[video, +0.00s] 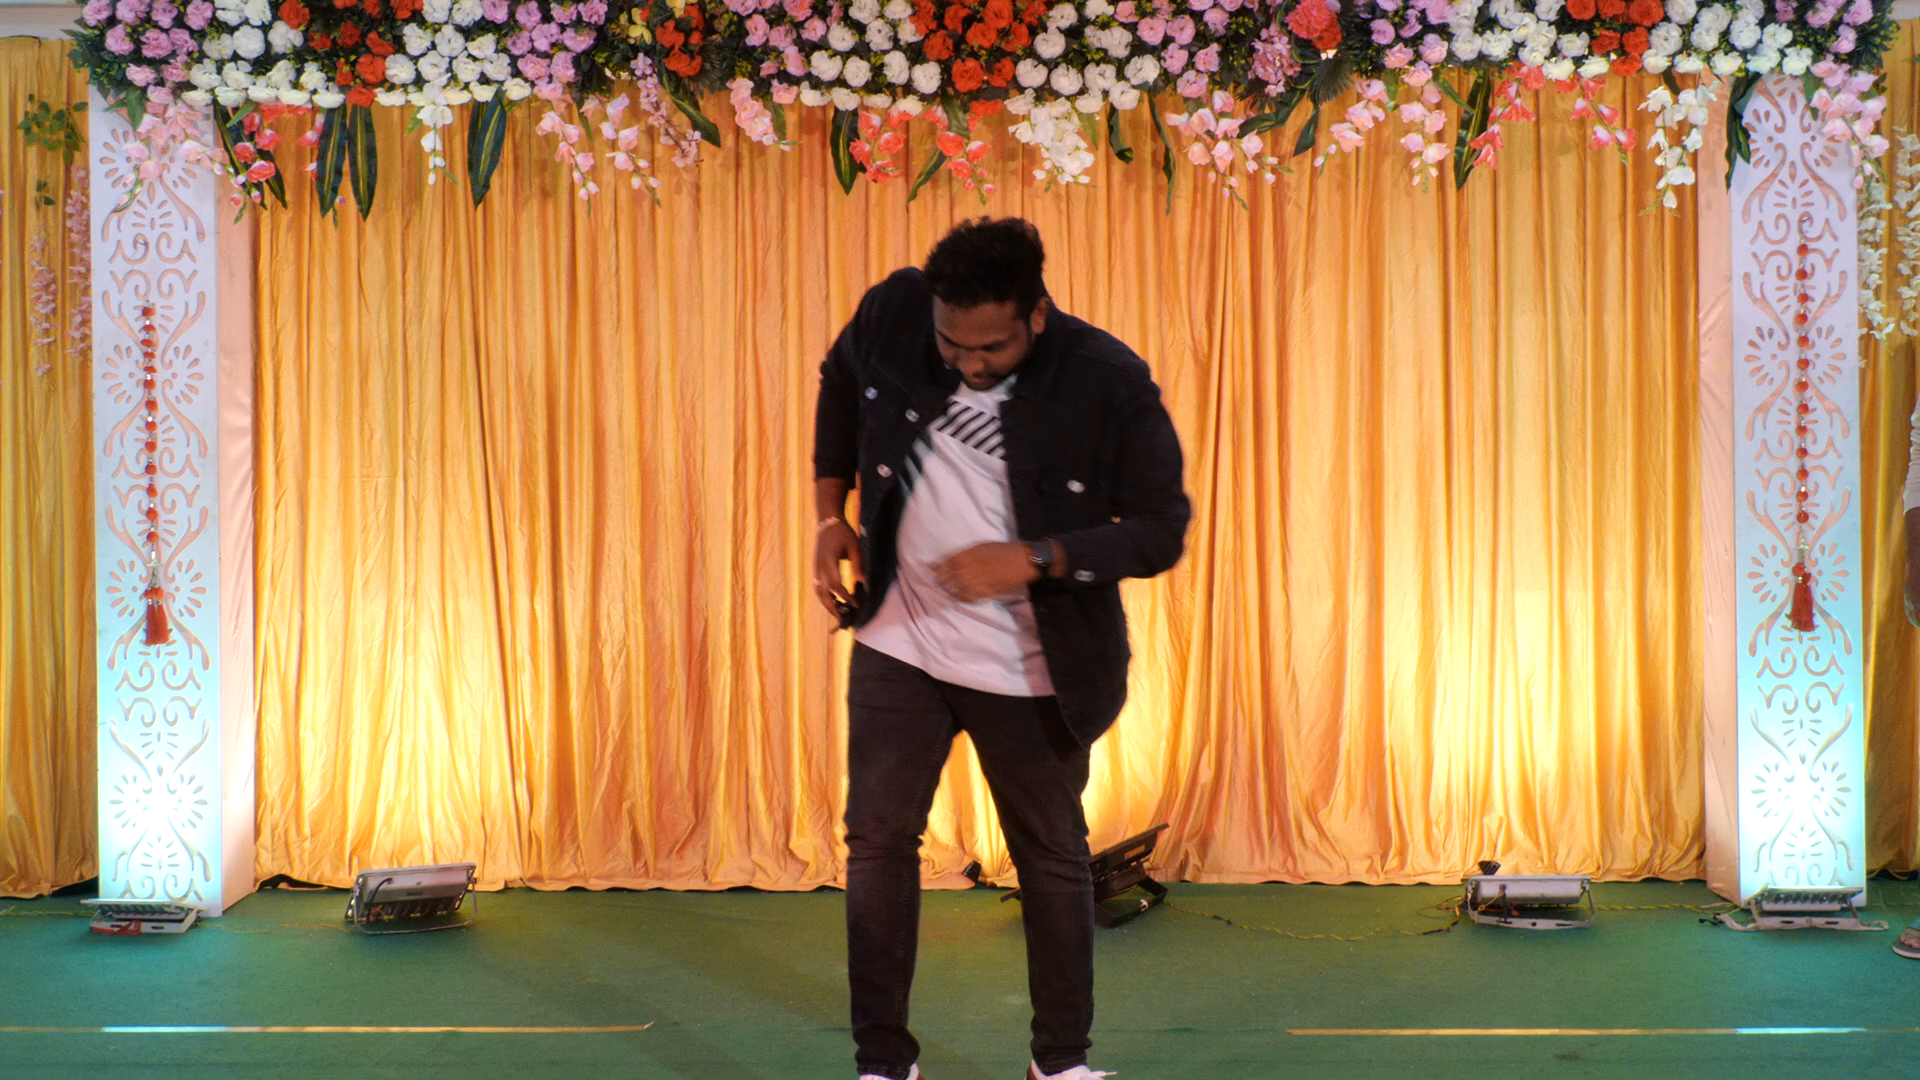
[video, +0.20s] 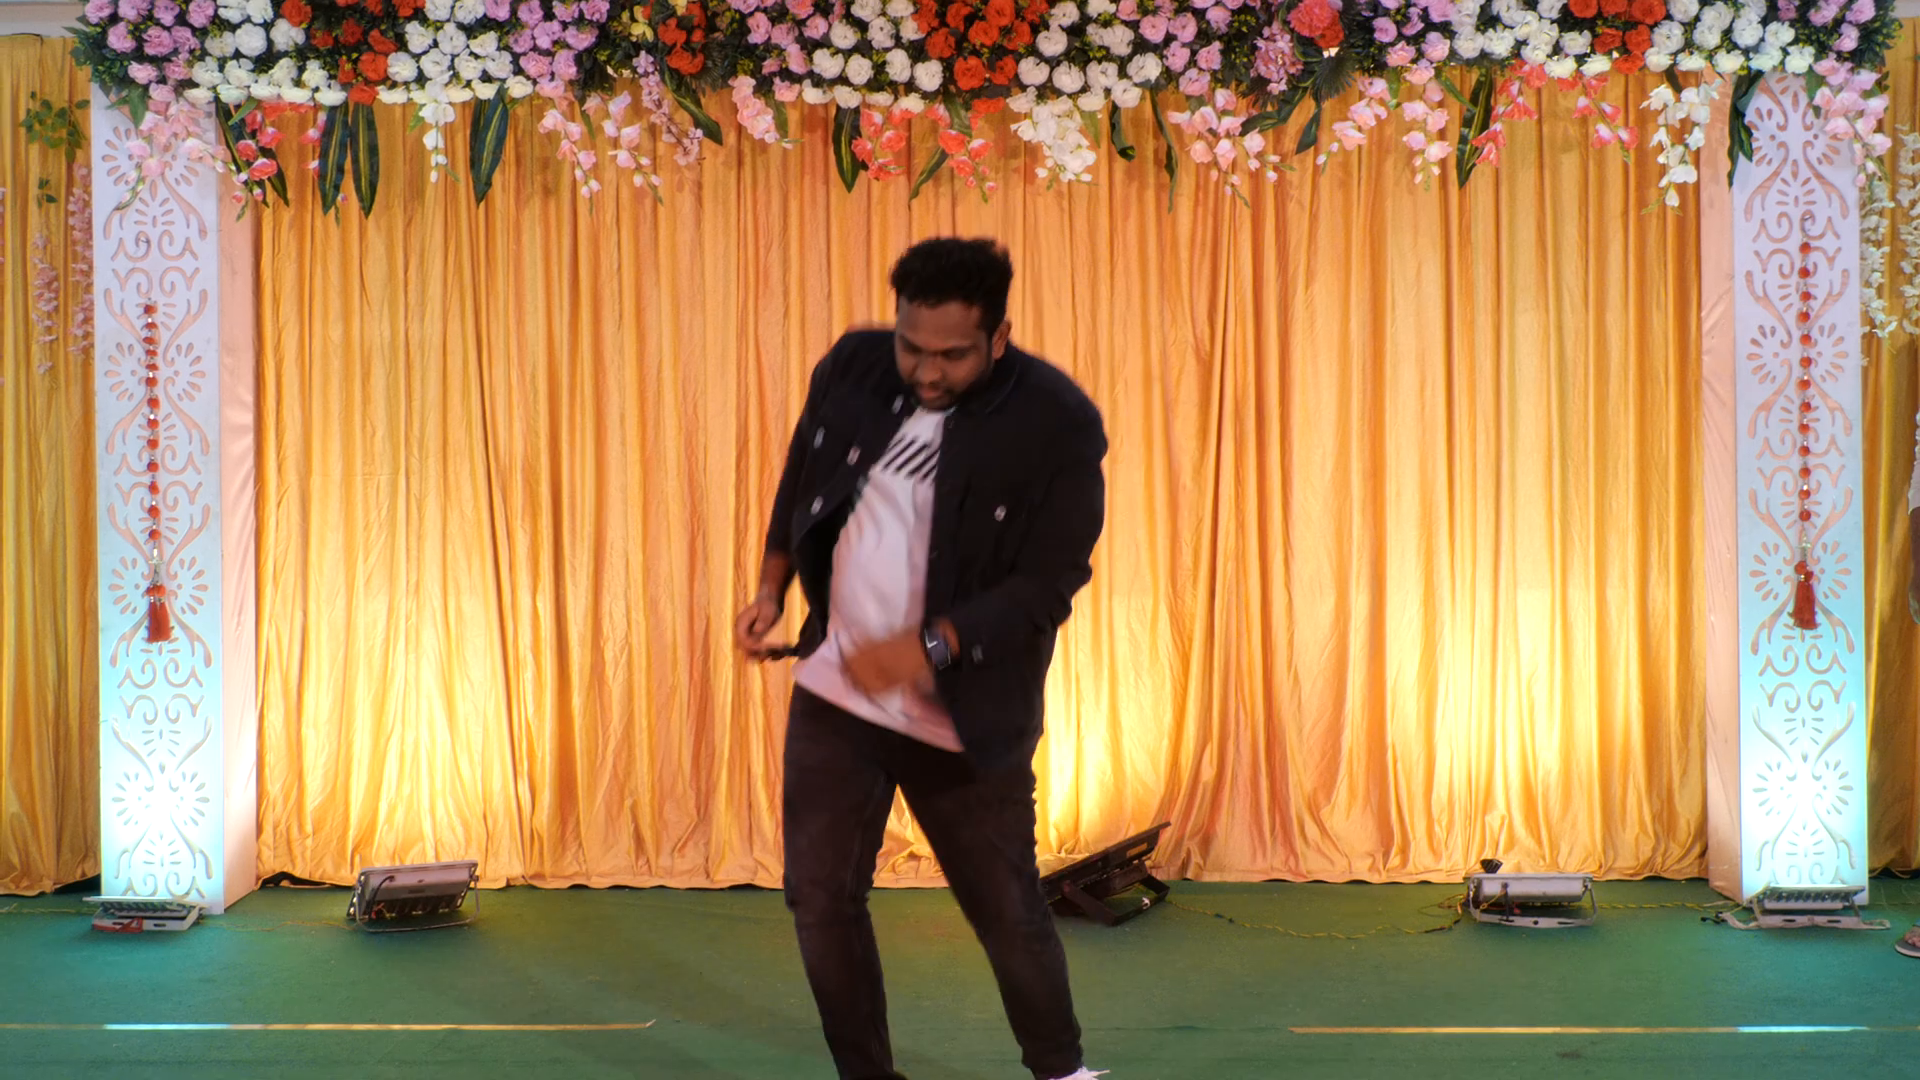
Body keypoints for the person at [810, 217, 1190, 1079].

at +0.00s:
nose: (970, 365)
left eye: (991, 348)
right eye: (953, 343)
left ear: (1036, 315)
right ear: (933, 308)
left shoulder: (1106, 379)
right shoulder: (896, 311)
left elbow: (1161, 530)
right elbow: (842, 381)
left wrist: (1035, 558)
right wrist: (831, 511)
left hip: (1025, 663)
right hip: (901, 642)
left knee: (1053, 860)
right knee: (877, 842)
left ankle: (1062, 1058)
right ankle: (881, 1061)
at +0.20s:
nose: (929, 374)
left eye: (953, 355)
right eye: (912, 349)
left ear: (997, 337)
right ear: (893, 322)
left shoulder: (1057, 421)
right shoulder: (852, 367)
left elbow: (1049, 583)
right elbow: (803, 476)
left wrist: (927, 645)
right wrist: (772, 582)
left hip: (961, 720)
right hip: (836, 698)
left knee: (1008, 912)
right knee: (821, 901)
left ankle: (1061, 1068)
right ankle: (867, 1074)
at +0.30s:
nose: (911, 399)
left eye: (937, 382)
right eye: (896, 373)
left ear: (975, 362)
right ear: (872, 344)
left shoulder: (1037, 435)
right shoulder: (821, 417)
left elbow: (1093, 567)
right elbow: (792, 544)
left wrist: (1023, 680)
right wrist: (777, 624)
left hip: (959, 728)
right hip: (828, 712)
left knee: (1001, 918)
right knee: (809, 915)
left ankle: (1068, 1053)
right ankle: (866, 1075)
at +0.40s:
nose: (913, 404)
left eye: (937, 387)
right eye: (895, 380)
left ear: (967, 357)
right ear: (864, 345)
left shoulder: (1026, 398)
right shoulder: (804, 418)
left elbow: (1139, 455)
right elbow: (754, 558)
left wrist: (1108, 593)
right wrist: (804, 580)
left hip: (976, 709)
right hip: (842, 711)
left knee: (1028, 886)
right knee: (828, 911)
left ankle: (1046, 1029)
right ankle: (870, 1073)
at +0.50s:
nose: (936, 374)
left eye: (959, 354)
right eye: (917, 351)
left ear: (985, 323)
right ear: (880, 318)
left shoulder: (1032, 341)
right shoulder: (809, 383)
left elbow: (1142, 338)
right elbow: (738, 535)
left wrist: (1157, 475)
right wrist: (850, 508)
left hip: (1005, 672)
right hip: (866, 684)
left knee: (1059, 856)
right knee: (851, 892)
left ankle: (1057, 1052)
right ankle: (870, 1071)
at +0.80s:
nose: (993, 340)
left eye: (1009, 317)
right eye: (970, 319)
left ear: (1025, 297)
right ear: (915, 300)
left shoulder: (1046, 337)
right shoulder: (840, 387)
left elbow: (1102, 441)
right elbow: (820, 551)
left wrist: (1158, 480)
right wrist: (938, 605)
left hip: (1073, 667)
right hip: (934, 685)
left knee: (1086, 883)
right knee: (899, 900)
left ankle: (1089, 1069)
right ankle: (926, 1069)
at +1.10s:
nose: (1027, 336)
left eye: (1042, 314)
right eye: (1007, 316)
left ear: (1055, 300)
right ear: (952, 297)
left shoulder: (1047, 328)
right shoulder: (873, 384)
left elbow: (1074, 387)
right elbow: (863, 544)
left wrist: (1086, 421)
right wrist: (998, 471)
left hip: (1075, 638)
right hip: (947, 667)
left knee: (1147, 821)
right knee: (919, 865)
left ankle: (1115, 1027)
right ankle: (913, 1057)